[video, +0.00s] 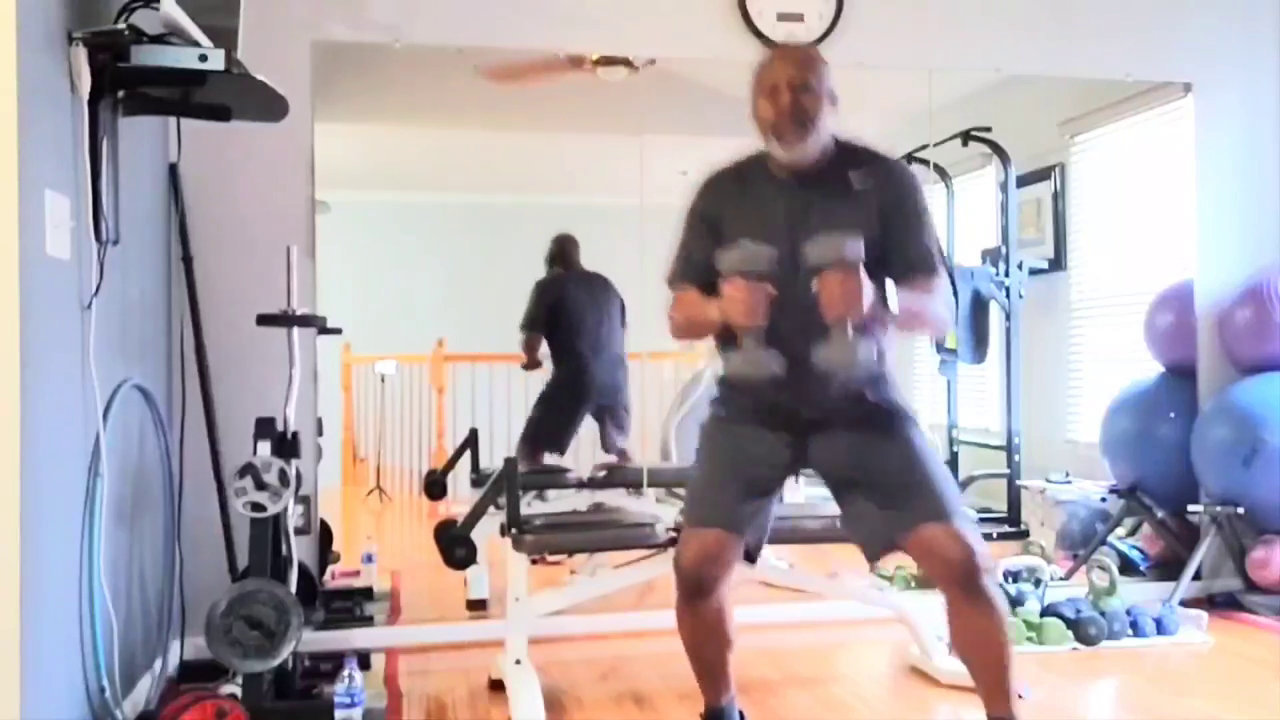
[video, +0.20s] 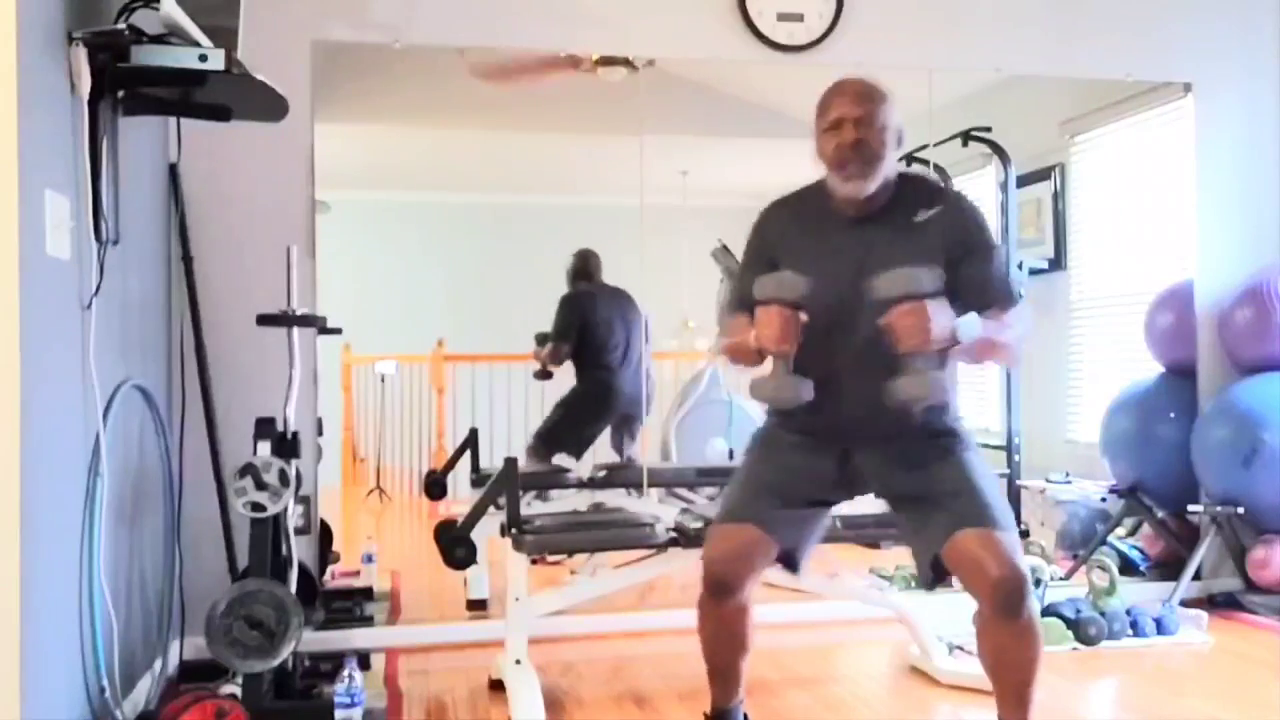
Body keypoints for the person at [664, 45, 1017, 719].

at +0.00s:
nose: (786, 104)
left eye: (802, 90)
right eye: (771, 92)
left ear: (830, 99)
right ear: (754, 103)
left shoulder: (884, 183)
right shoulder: (723, 193)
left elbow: (934, 310)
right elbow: (681, 313)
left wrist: (877, 301)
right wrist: (721, 308)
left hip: (859, 411)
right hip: (750, 411)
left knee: (960, 561)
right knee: (698, 569)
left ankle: (1003, 714)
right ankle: (719, 709)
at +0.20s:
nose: (850, 140)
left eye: (865, 126)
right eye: (835, 127)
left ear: (896, 137)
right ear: (815, 140)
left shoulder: (947, 217)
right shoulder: (782, 222)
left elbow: (1010, 335)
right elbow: (734, 337)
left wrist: (954, 328)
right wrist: (759, 336)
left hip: (918, 436)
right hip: (802, 433)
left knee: (1006, 581)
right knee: (723, 567)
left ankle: (1014, 717)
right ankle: (725, 711)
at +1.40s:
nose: (796, 61)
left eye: (812, 46)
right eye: (781, 48)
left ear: (842, 56)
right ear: (760, 62)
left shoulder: (894, 142)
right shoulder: (726, 155)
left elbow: (955, 250)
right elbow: (674, 265)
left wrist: (934, 267)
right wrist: (702, 282)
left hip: (867, 376)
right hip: (758, 380)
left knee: (946, 538)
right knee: (717, 555)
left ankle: (975, 703)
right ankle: (718, 713)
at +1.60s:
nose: (763, 22)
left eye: (782, 7)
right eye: (747, 8)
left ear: (814, 18)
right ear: (727, 23)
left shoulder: (865, 110)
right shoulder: (695, 121)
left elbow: (916, 201)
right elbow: (642, 218)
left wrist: (934, 221)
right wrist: (630, 249)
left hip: (820, 366)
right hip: (714, 367)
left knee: (857, 559)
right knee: (701, 549)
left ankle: (813, 711)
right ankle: (714, 712)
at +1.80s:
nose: (754, 18)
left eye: (772, 4)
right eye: (738, 5)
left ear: (802, 17)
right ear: (719, 17)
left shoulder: (852, 115)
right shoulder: (677, 116)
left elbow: (904, 218)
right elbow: (624, 210)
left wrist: (903, 229)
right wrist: (626, 244)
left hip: (797, 371)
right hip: (689, 367)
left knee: (817, 551)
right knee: (680, 546)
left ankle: (804, 714)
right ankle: (707, 712)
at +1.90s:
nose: (745, 18)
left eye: (762, 3)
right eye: (730, 4)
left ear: (791, 14)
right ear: (712, 15)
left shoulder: (842, 110)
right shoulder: (667, 107)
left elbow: (891, 212)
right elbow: (603, 212)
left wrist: (875, 232)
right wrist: (632, 240)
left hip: (787, 364)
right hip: (676, 358)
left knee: (812, 544)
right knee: (632, 522)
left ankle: (803, 715)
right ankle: (656, 692)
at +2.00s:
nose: (732, 41)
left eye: (749, 26)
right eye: (717, 29)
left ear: (776, 39)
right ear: (698, 44)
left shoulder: (822, 137)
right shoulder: (654, 141)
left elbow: (879, 254)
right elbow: (596, 263)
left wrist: (847, 254)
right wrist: (655, 268)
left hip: (777, 382)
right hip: (666, 375)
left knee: (829, 553)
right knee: (596, 537)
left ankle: (806, 714)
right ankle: (569, 703)